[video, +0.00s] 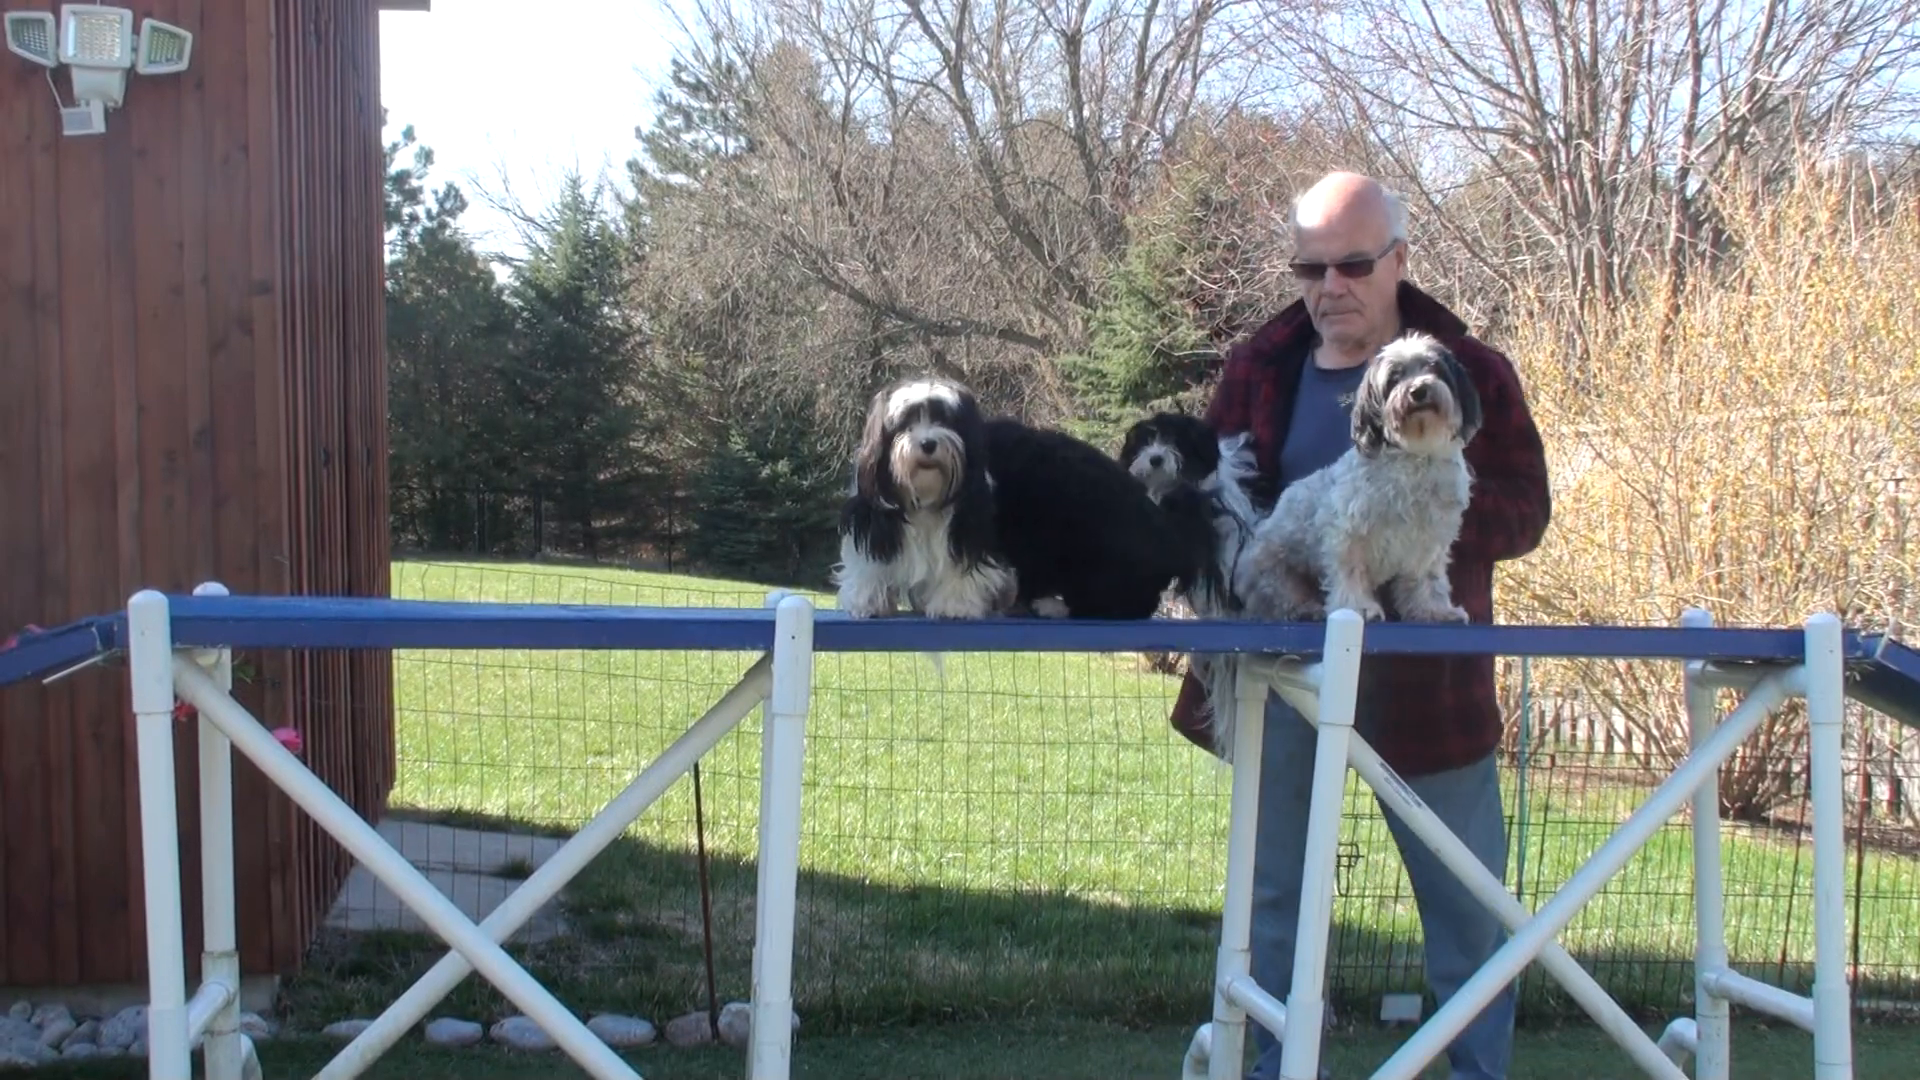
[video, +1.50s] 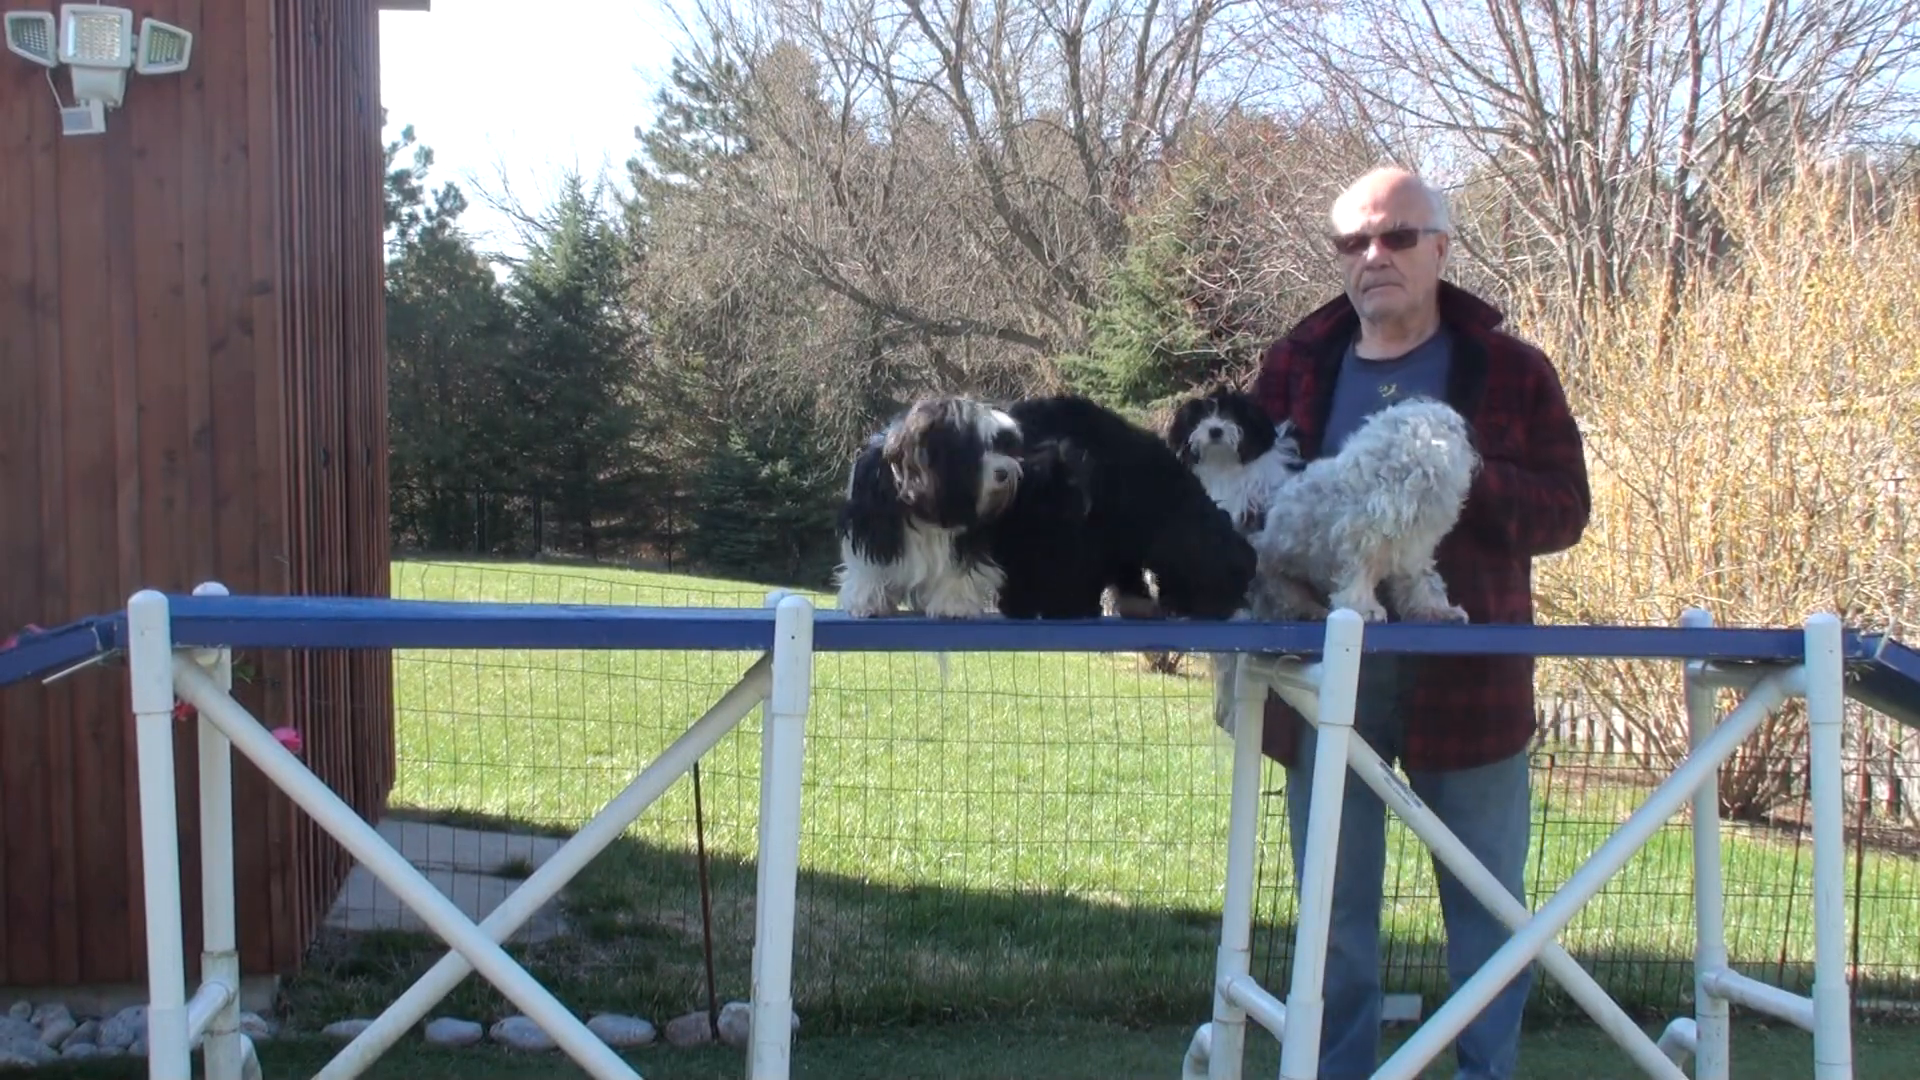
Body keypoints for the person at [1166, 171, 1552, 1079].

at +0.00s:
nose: (1333, 286)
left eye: (1355, 265)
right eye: (1312, 267)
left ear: (1398, 258)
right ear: (1291, 266)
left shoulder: (1470, 372)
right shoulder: (1251, 370)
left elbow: (1520, 509)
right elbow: (1209, 508)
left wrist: (1395, 535)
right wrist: (1276, 567)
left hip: (1427, 674)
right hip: (1282, 668)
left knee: (1464, 899)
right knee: (1270, 888)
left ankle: (1477, 1062)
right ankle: (1268, 1062)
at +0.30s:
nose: (1386, 274)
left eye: (1411, 255)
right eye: (1369, 255)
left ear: (1460, 258)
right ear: (1351, 260)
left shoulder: (1532, 380)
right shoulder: (1314, 365)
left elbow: (1573, 524)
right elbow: (1263, 500)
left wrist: (1451, 485)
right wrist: (1301, 547)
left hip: (1473, 682)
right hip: (1328, 676)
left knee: (1490, 915)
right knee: (1307, 906)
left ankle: (1483, 1065)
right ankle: (1289, 1065)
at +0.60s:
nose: (1400, 275)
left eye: (1425, 256)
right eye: (1389, 257)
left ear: (1484, 259)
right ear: (1375, 259)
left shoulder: (1563, 380)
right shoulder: (1348, 363)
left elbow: (1608, 523)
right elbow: (1296, 499)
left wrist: (1484, 497)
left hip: (1499, 675)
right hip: (1356, 664)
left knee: (1501, 919)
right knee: (1330, 901)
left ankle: (1487, 1066)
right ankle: (1321, 1064)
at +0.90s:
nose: (1377, 277)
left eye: (1398, 258)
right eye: (1366, 261)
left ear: (1460, 256)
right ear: (1357, 264)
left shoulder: (1549, 374)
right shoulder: (1334, 364)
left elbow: (1595, 512)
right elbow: (1284, 498)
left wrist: (1465, 486)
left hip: (1493, 676)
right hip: (1355, 669)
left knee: (1498, 913)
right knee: (1344, 905)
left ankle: (1487, 1067)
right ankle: (1336, 1069)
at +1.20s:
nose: (1360, 271)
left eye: (1381, 252)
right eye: (1350, 256)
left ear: (1442, 253)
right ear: (1341, 261)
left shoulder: (1529, 371)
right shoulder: (1312, 367)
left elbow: (1578, 508)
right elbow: (1265, 500)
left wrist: (1458, 487)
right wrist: (1296, 541)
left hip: (1480, 673)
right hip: (1340, 668)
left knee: (1492, 908)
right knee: (1341, 906)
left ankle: (1487, 1064)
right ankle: (1337, 1068)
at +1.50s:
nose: (1375, 255)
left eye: (1398, 238)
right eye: (1357, 241)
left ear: (1442, 250)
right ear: (1338, 257)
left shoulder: (1513, 370)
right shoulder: (1292, 367)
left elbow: (1562, 509)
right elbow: (1239, 501)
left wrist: (1444, 480)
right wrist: (1312, 517)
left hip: (1469, 674)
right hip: (1325, 671)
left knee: (1487, 911)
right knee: (1334, 912)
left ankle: (1486, 1062)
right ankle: (1336, 1070)